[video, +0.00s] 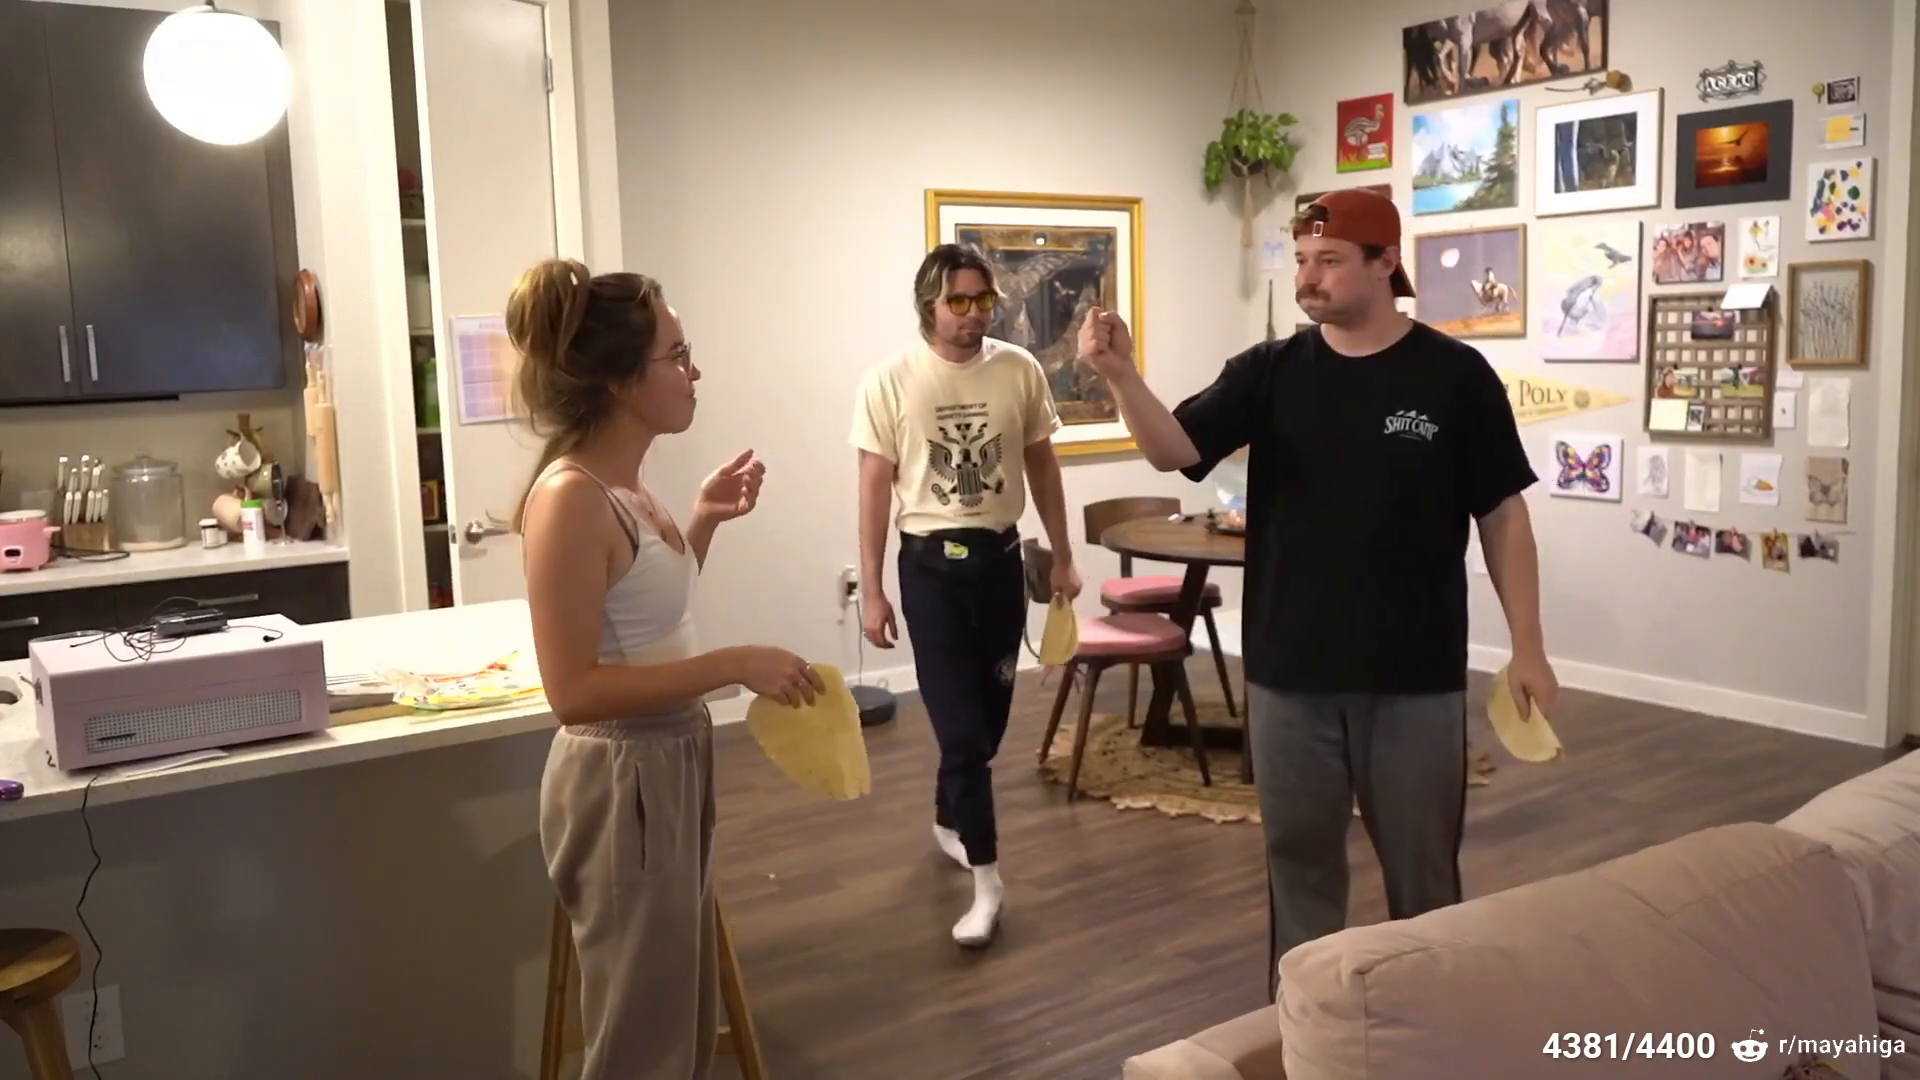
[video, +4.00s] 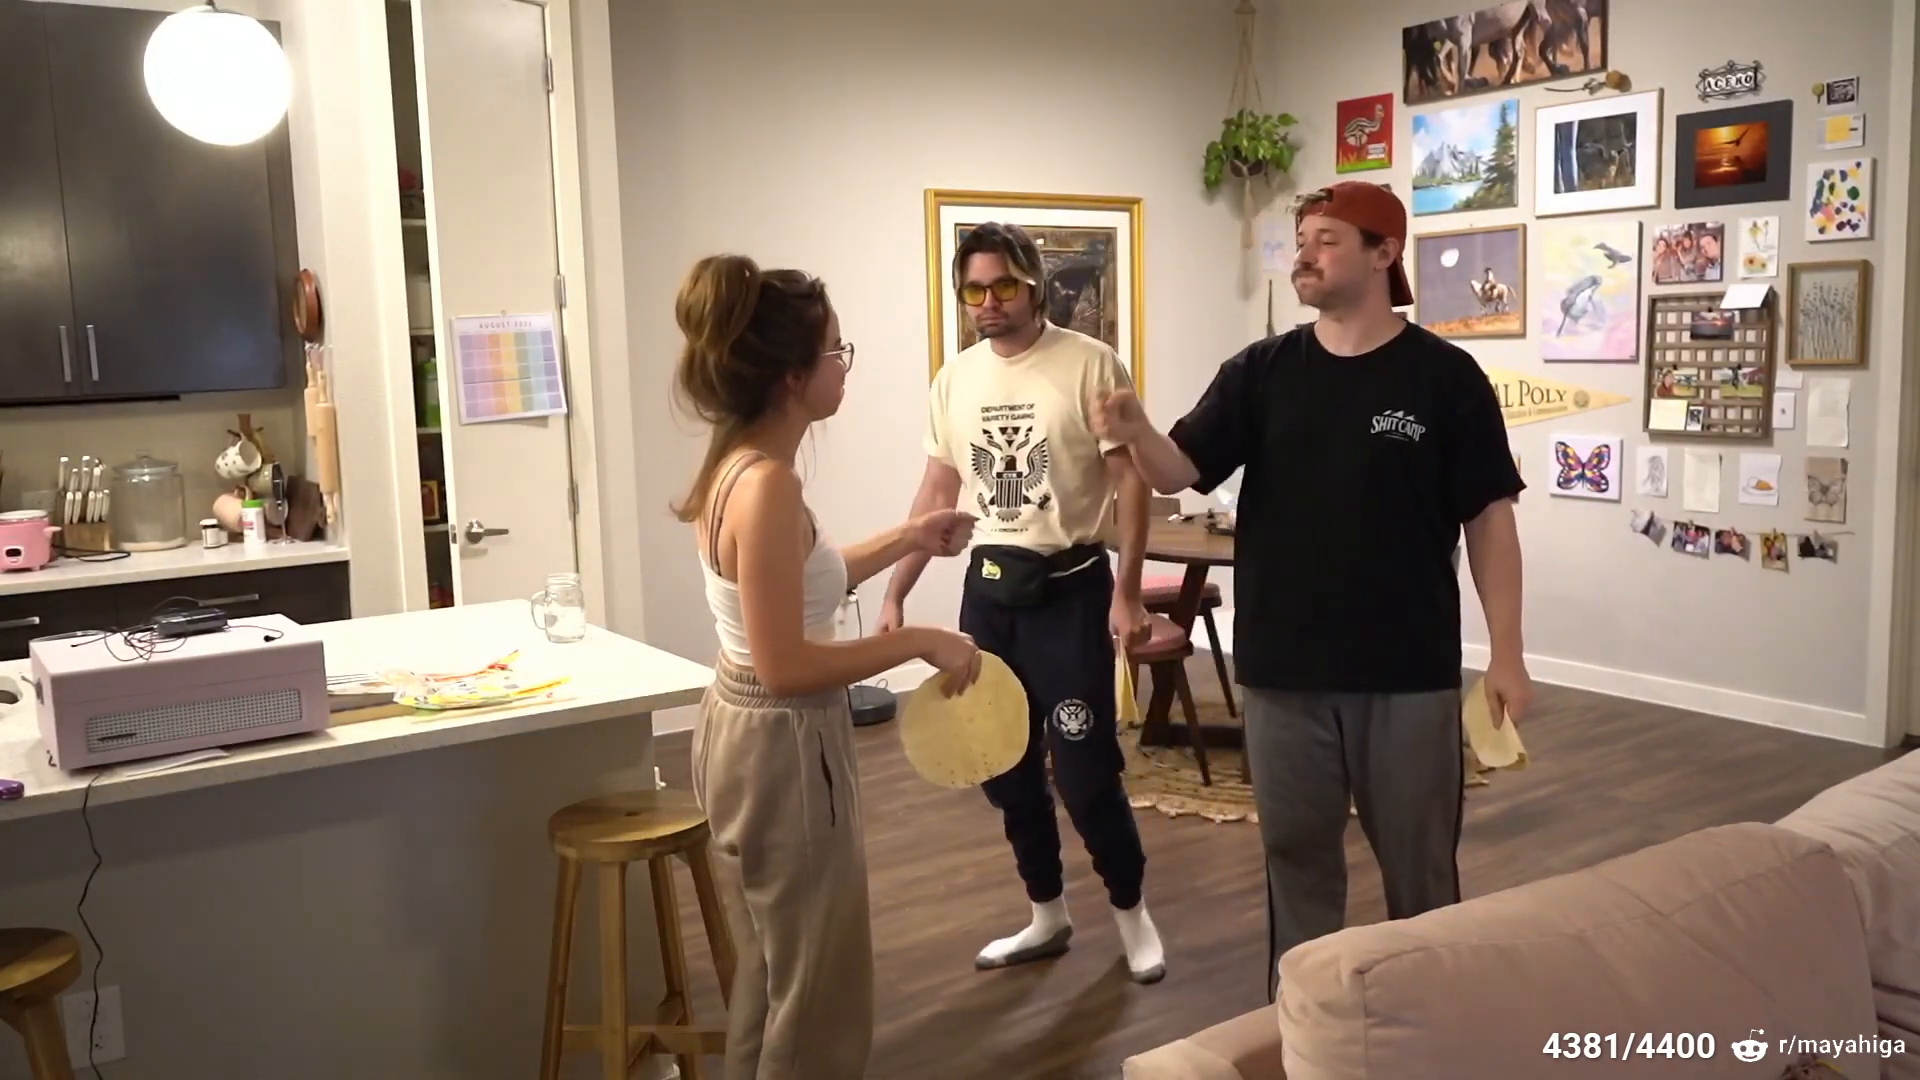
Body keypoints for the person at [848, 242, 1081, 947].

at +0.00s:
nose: (970, 312)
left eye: (980, 299)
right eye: (956, 300)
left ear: (991, 301)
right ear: (927, 305)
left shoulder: (1019, 369)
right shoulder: (891, 382)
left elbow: (1041, 463)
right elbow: (874, 488)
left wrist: (1063, 553)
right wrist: (871, 588)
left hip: (1001, 562)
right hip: (929, 566)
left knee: (991, 714)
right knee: (961, 728)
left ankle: (951, 818)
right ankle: (985, 879)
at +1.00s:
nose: (1002, 312)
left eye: (1011, 297)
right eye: (985, 300)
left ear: (1024, 296)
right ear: (952, 305)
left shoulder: (1067, 360)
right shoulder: (929, 393)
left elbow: (1109, 469)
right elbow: (925, 482)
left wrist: (1032, 512)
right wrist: (913, 546)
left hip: (1078, 580)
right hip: (992, 586)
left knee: (1134, 746)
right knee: (985, 754)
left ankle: (1180, 884)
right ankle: (989, 889)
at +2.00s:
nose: (1187, 299)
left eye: (1199, 286)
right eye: (1176, 291)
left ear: (1229, 289)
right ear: (1168, 302)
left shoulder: (1267, 370)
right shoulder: (1182, 379)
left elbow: (1274, 484)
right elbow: (1175, 474)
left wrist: (1191, 515)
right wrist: (1139, 517)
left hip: (1258, 573)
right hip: (1198, 570)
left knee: (1229, 733)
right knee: (1217, 725)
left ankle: (1225, 881)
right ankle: (1261, 853)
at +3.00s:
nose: (1155, 298)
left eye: (1168, 284)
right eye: (1149, 286)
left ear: (1209, 286)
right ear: (1147, 292)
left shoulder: (1248, 365)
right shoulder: (1162, 368)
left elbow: (1260, 489)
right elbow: (1154, 485)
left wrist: (1232, 588)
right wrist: (1135, 573)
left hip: (1224, 576)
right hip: (1167, 571)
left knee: (1213, 749)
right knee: (1168, 738)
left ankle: (1218, 904)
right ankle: (1253, 835)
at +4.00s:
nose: (988, 303)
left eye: (1002, 288)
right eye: (974, 291)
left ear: (1035, 286)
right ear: (962, 295)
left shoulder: (1091, 364)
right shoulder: (957, 376)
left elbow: (1131, 478)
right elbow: (936, 492)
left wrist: (1127, 593)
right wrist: (894, 597)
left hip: (1072, 586)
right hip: (989, 588)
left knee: (1084, 772)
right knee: (1007, 763)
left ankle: (1130, 914)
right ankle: (1048, 916)